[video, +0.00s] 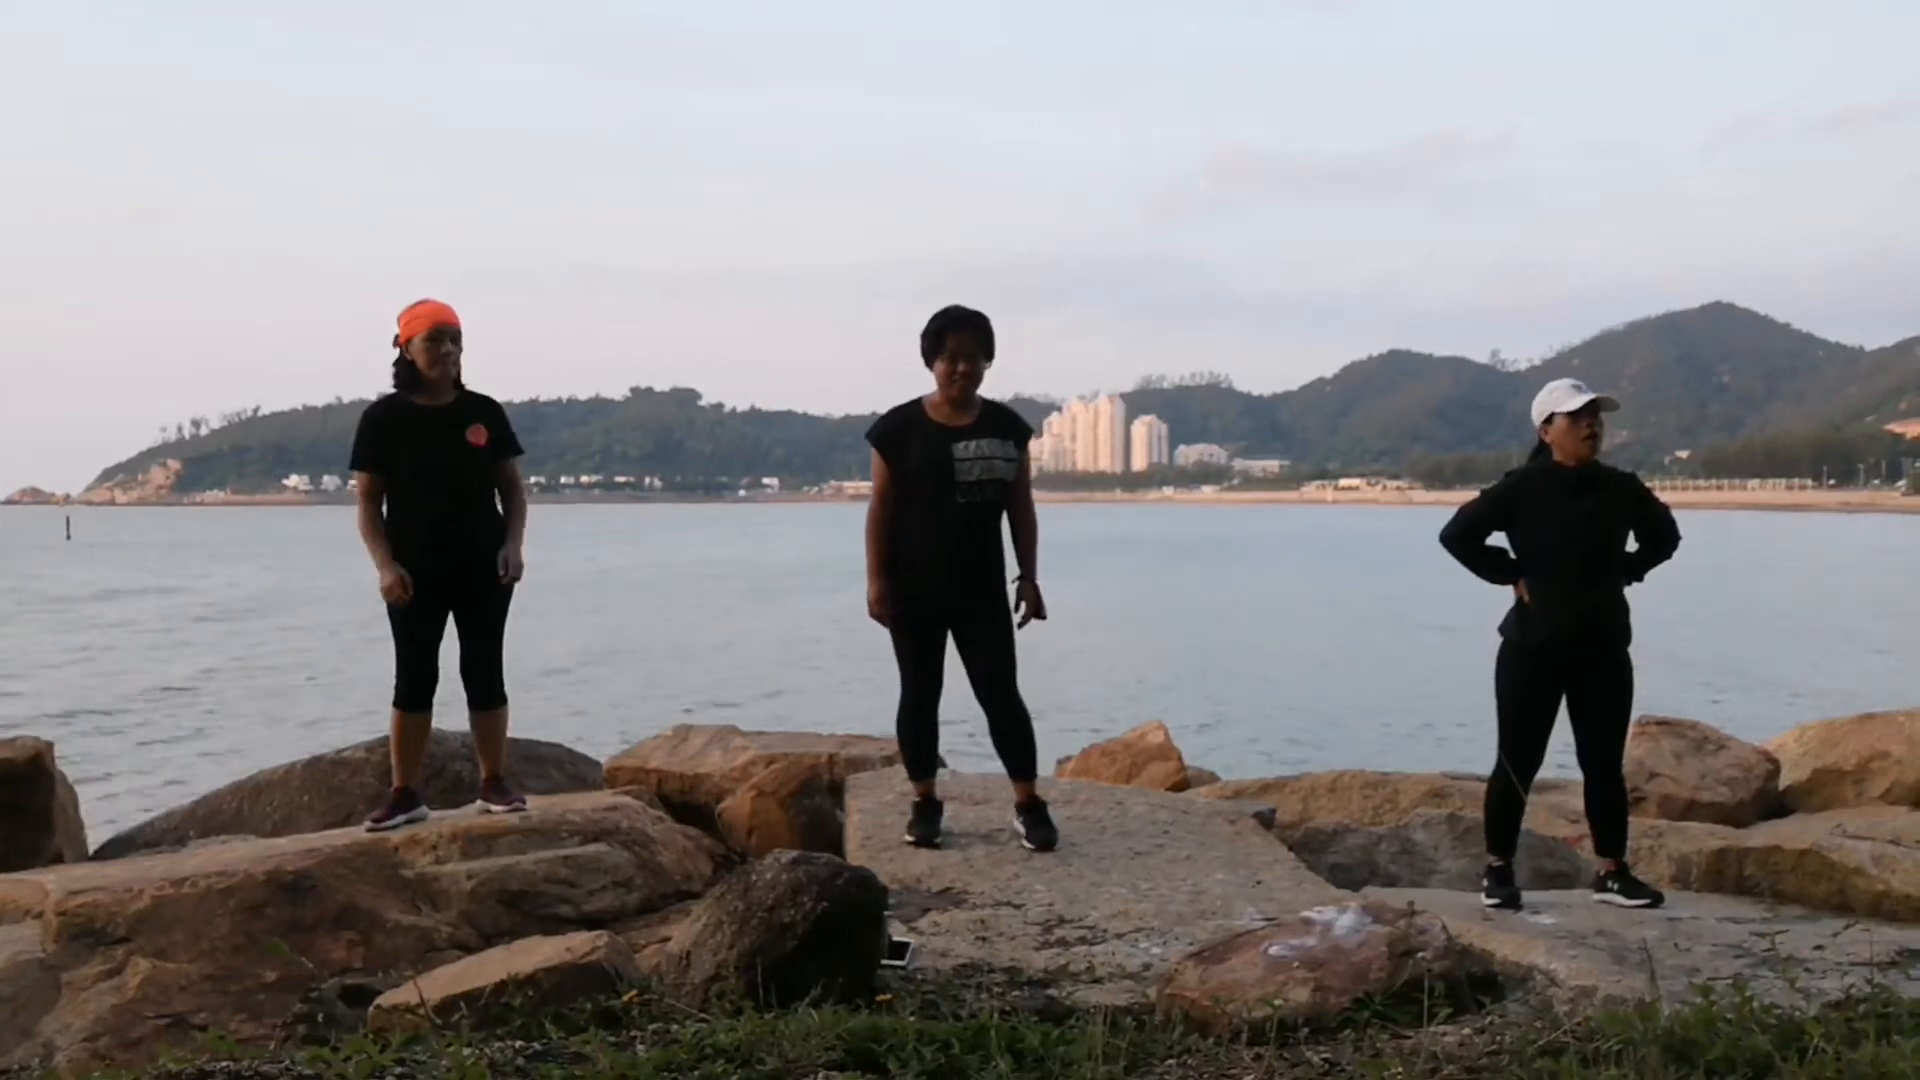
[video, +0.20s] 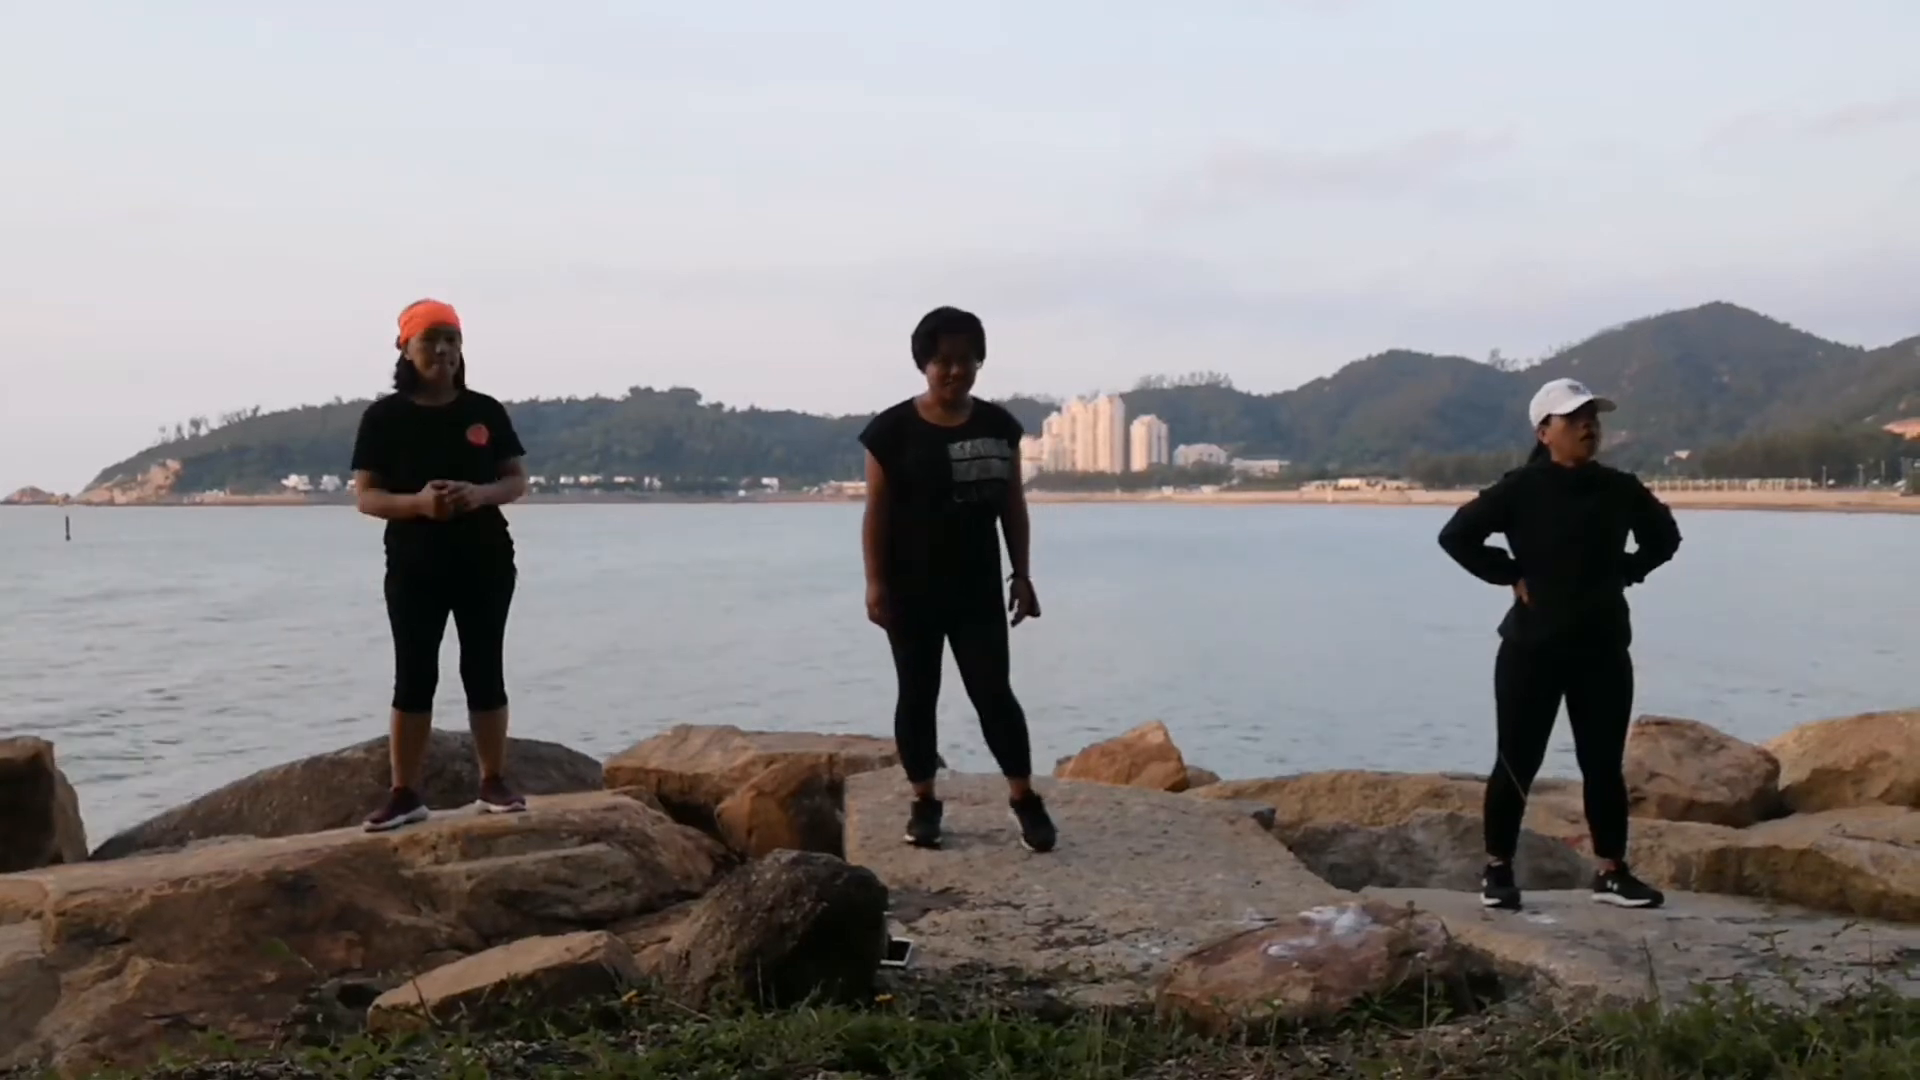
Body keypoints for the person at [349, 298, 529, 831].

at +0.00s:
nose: (446, 348)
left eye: (452, 338)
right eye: (433, 340)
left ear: (461, 346)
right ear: (407, 349)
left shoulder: (485, 412)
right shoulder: (381, 419)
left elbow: (513, 487)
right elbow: (366, 503)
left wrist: (513, 542)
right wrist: (385, 565)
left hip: (481, 569)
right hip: (414, 574)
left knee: (485, 678)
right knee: (413, 685)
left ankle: (493, 783)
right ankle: (405, 792)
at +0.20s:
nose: (442, 348)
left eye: (450, 338)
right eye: (429, 339)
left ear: (461, 346)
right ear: (406, 348)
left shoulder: (486, 411)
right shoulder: (382, 418)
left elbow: (517, 483)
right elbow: (365, 497)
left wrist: (480, 494)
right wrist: (416, 503)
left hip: (483, 566)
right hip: (415, 569)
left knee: (484, 675)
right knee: (413, 681)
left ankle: (493, 782)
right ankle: (404, 792)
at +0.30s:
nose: (441, 348)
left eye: (449, 338)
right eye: (429, 339)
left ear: (461, 346)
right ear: (406, 349)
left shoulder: (487, 410)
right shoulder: (383, 417)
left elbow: (517, 482)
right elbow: (367, 496)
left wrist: (472, 476)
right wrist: (418, 478)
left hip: (483, 564)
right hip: (415, 567)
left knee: (484, 675)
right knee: (413, 681)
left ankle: (493, 783)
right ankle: (404, 792)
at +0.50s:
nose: (441, 348)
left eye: (450, 338)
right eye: (429, 339)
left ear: (462, 346)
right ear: (407, 350)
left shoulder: (488, 411)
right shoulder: (383, 417)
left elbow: (517, 480)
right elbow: (366, 493)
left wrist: (484, 505)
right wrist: (417, 513)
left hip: (482, 563)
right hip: (414, 566)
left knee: (483, 675)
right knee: (410, 681)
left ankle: (493, 783)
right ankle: (403, 792)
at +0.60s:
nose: (442, 349)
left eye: (450, 339)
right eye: (429, 340)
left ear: (462, 346)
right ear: (408, 349)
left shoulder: (488, 412)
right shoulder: (384, 418)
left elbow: (511, 487)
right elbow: (376, 498)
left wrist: (502, 549)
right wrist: (399, 561)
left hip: (480, 566)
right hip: (413, 567)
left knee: (483, 677)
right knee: (409, 683)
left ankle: (492, 782)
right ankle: (403, 792)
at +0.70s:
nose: (442, 349)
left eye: (451, 339)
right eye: (430, 340)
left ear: (464, 347)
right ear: (409, 349)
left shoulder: (488, 414)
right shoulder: (384, 418)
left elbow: (516, 489)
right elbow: (369, 503)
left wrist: (535, 554)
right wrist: (358, 575)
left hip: (481, 569)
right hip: (411, 572)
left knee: (483, 678)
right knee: (406, 686)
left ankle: (493, 783)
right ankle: (402, 794)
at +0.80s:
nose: (444, 347)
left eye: (453, 337)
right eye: (432, 338)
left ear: (464, 347)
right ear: (411, 348)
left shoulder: (489, 414)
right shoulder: (383, 418)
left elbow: (525, 479)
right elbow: (351, 492)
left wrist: (562, 540)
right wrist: (316, 558)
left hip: (481, 568)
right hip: (411, 570)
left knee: (481, 676)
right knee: (410, 683)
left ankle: (492, 783)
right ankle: (402, 793)